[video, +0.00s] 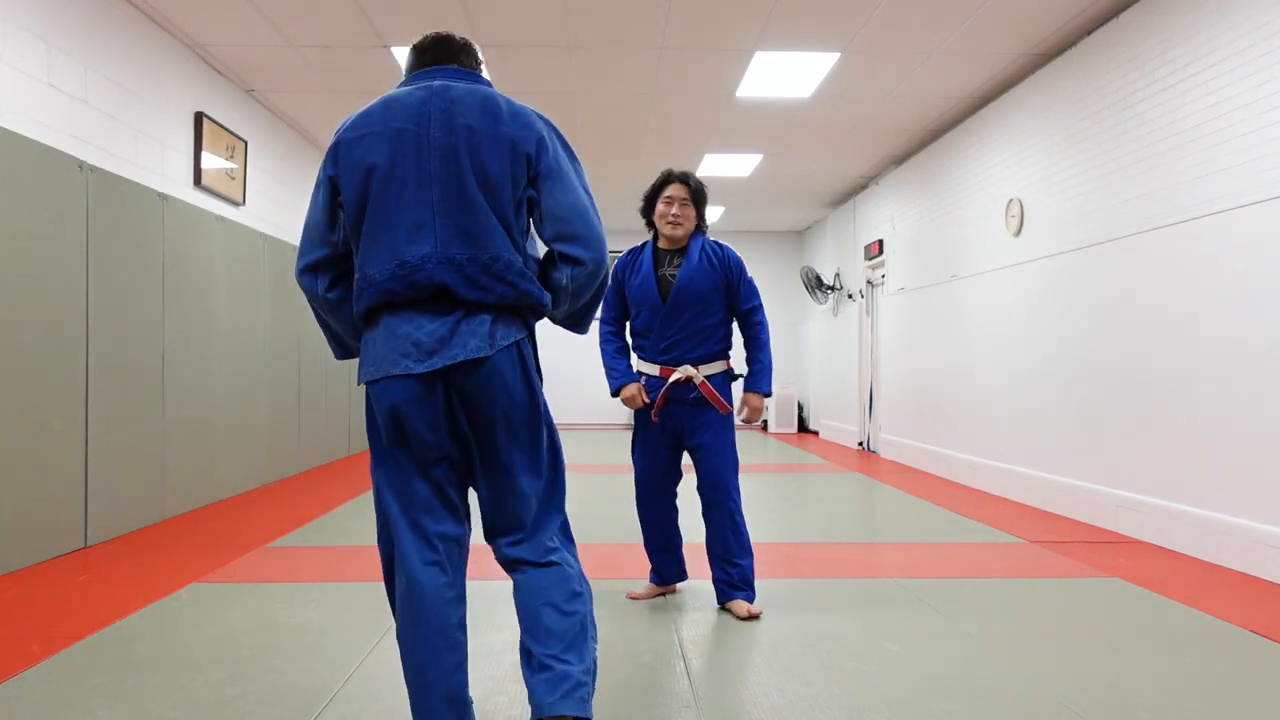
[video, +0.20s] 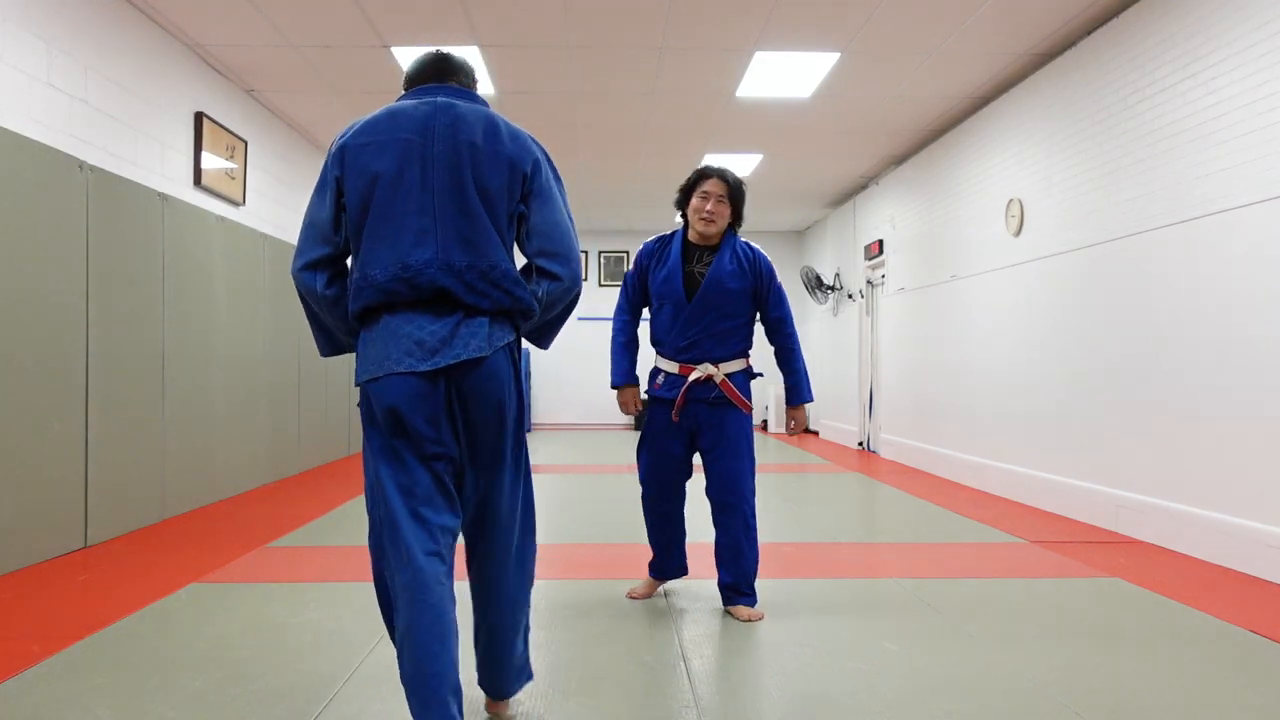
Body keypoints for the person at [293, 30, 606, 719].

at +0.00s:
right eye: (480, 73)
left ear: (408, 76)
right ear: (479, 74)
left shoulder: (356, 132)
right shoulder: (520, 121)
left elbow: (317, 263)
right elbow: (584, 249)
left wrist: (366, 337)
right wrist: (544, 307)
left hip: (395, 363)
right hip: (495, 354)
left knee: (421, 554)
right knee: (536, 539)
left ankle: (440, 714)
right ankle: (563, 707)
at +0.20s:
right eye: (473, 88)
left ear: (406, 92)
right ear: (475, 92)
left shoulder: (356, 139)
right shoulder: (514, 142)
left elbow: (312, 264)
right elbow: (561, 266)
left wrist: (362, 331)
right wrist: (517, 324)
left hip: (394, 359)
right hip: (488, 355)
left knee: (412, 538)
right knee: (499, 521)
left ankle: (435, 709)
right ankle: (501, 695)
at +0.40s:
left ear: (412, 113)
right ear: (478, 115)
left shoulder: (369, 158)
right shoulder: (518, 172)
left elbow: (318, 271)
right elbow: (552, 289)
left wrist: (357, 334)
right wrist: (505, 342)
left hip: (399, 367)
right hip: (486, 368)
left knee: (408, 535)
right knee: (471, 522)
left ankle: (437, 705)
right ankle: (448, 664)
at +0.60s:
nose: (419, 125)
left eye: (421, 117)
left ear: (425, 120)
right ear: (485, 122)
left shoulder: (388, 160)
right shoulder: (521, 179)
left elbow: (328, 260)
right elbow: (544, 292)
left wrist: (352, 330)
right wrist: (493, 330)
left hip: (408, 363)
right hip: (492, 367)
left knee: (364, 517)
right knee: (473, 525)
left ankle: (408, 649)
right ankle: (459, 679)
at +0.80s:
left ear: (423, 126)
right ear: (484, 128)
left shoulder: (386, 171)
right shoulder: (518, 185)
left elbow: (340, 269)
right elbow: (539, 287)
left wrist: (367, 334)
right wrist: (488, 325)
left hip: (400, 362)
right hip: (483, 367)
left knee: (369, 508)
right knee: (471, 519)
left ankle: (353, 650)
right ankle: (458, 676)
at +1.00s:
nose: (482, 155)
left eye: (479, 147)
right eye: (483, 147)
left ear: (421, 138)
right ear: (474, 143)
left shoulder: (372, 190)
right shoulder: (497, 198)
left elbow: (336, 284)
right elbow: (527, 299)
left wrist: (374, 337)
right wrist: (500, 351)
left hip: (395, 363)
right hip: (469, 363)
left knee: (381, 497)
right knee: (467, 511)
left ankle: (360, 619)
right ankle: (458, 673)